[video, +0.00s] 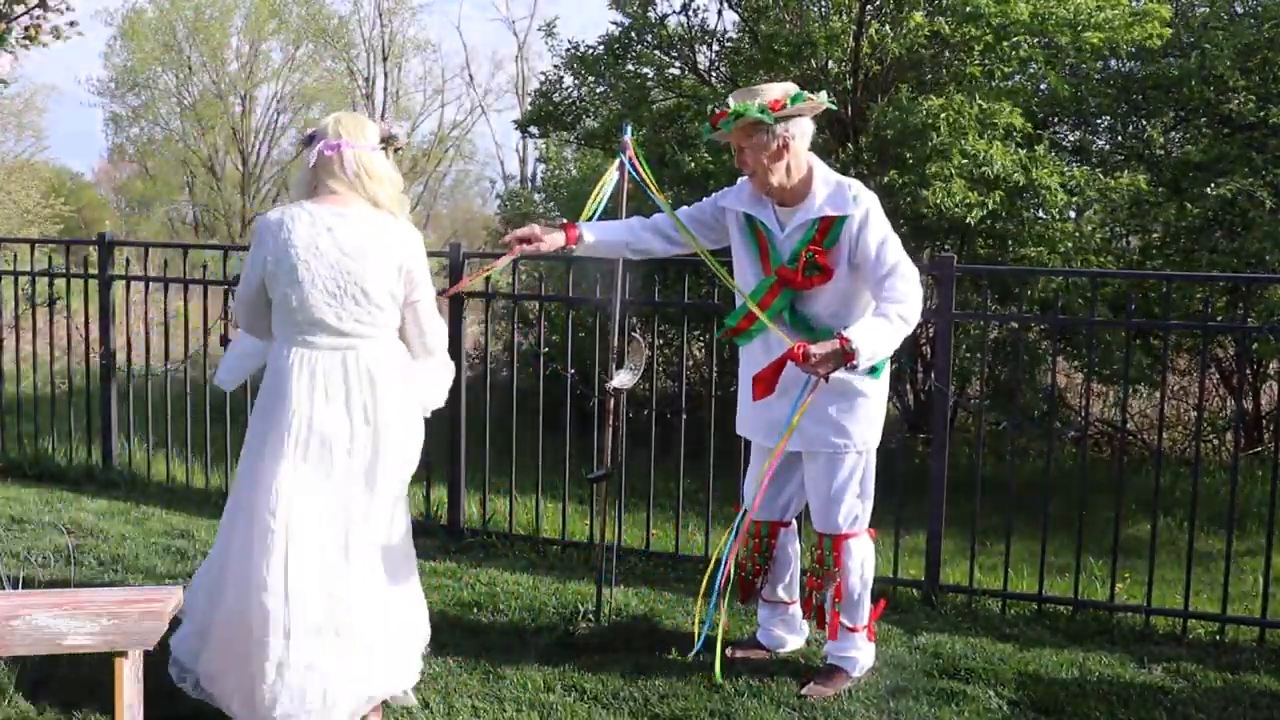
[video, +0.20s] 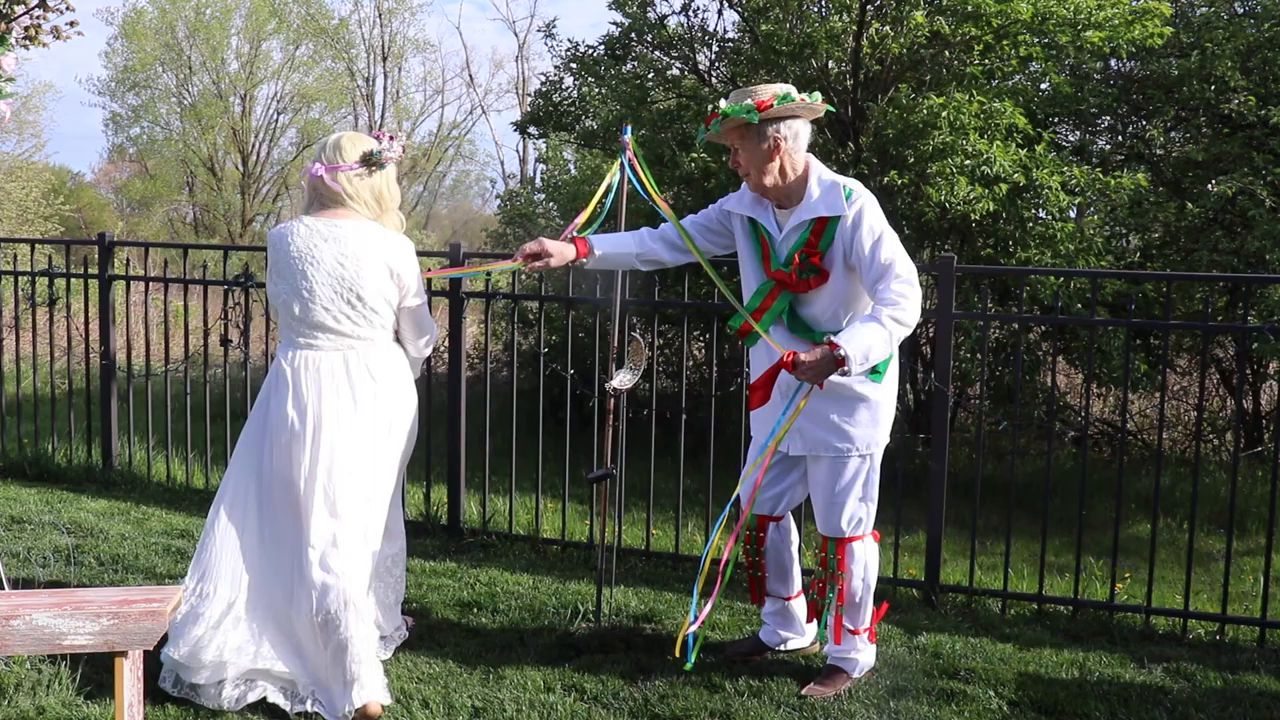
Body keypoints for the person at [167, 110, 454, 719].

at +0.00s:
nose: (393, 163)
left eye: (307, 156)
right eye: (385, 153)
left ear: (313, 164)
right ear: (374, 164)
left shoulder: (278, 225)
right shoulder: (400, 235)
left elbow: (249, 317)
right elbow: (428, 337)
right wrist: (423, 389)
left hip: (296, 390)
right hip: (377, 389)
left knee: (289, 532)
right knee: (368, 535)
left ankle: (283, 684)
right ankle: (365, 687)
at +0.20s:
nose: (388, 181)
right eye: (382, 172)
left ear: (317, 180)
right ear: (376, 183)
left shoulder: (283, 238)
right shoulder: (392, 244)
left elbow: (285, 314)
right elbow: (419, 335)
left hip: (300, 381)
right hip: (375, 381)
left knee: (313, 532)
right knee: (360, 522)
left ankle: (363, 684)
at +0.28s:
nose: (390, 176)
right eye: (386, 167)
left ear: (321, 172)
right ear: (376, 177)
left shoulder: (282, 227)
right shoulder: (382, 235)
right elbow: (415, 327)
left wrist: (376, 158)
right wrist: (419, 328)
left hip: (299, 371)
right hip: (367, 370)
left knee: (315, 514)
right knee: (364, 511)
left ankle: (357, 657)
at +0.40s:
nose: (298, 162)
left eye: (306, 156)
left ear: (317, 165)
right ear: (363, 167)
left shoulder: (276, 218)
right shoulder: (369, 225)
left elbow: (288, 285)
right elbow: (402, 316)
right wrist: (409, 289)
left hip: (287, 357)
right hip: (354, 356)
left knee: (288, 484)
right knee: (364, 486)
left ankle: (286, 615)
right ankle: (363, 615)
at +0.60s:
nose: (343, 178)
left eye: (339, 168)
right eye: (337, 169)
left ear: (278, 171)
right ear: (323, 174)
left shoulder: (251, 223)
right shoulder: (319, 230)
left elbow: (277, 289)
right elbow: (341, 310)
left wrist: (359, 296)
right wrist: (378, 308)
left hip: (260, 354)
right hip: (313, 359)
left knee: (261, 469)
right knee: (353, 477)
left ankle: (226, 568)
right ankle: (372, 609)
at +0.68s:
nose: (237, 180)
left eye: (244, 174)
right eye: (315, 175)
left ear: (259, 180)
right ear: (299, 180)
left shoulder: (238, 227)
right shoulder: (286, 236)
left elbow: (253, 302)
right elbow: (302, 321)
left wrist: (329, 305)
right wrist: (353, 316)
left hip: (244, 377)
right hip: (289, 379)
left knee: (247, 479)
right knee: (346, 489)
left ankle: (217, 579)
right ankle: (371, 613)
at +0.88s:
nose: (282, 173)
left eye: (286, 164)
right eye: (272, 164)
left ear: (288, 169)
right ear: (244, 169)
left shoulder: (267, 221)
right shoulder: (225, 224)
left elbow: (279, 293)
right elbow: (226, 304)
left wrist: (316, 320)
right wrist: (287, 324)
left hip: (267, 363)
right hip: (237, 371)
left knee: (237, 470)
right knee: (272, 470)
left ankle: (213, 576)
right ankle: (279, 589)